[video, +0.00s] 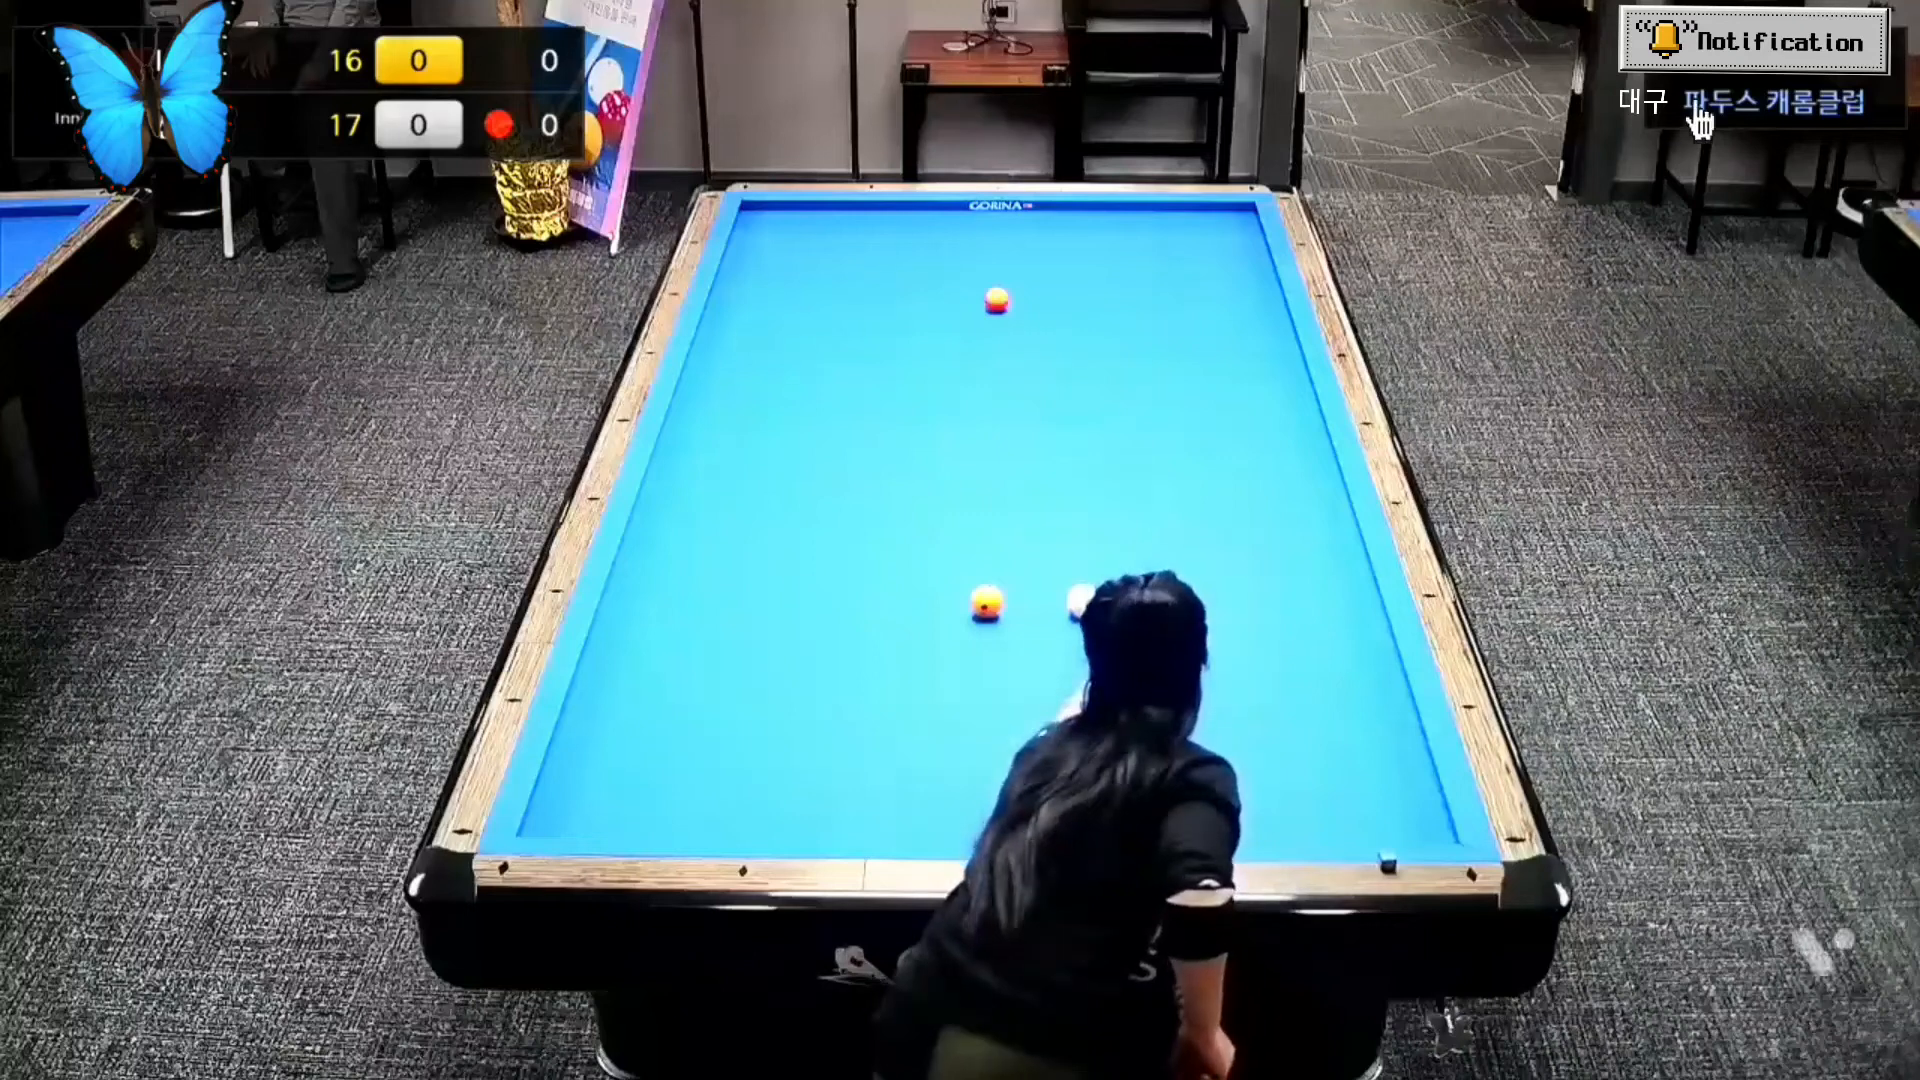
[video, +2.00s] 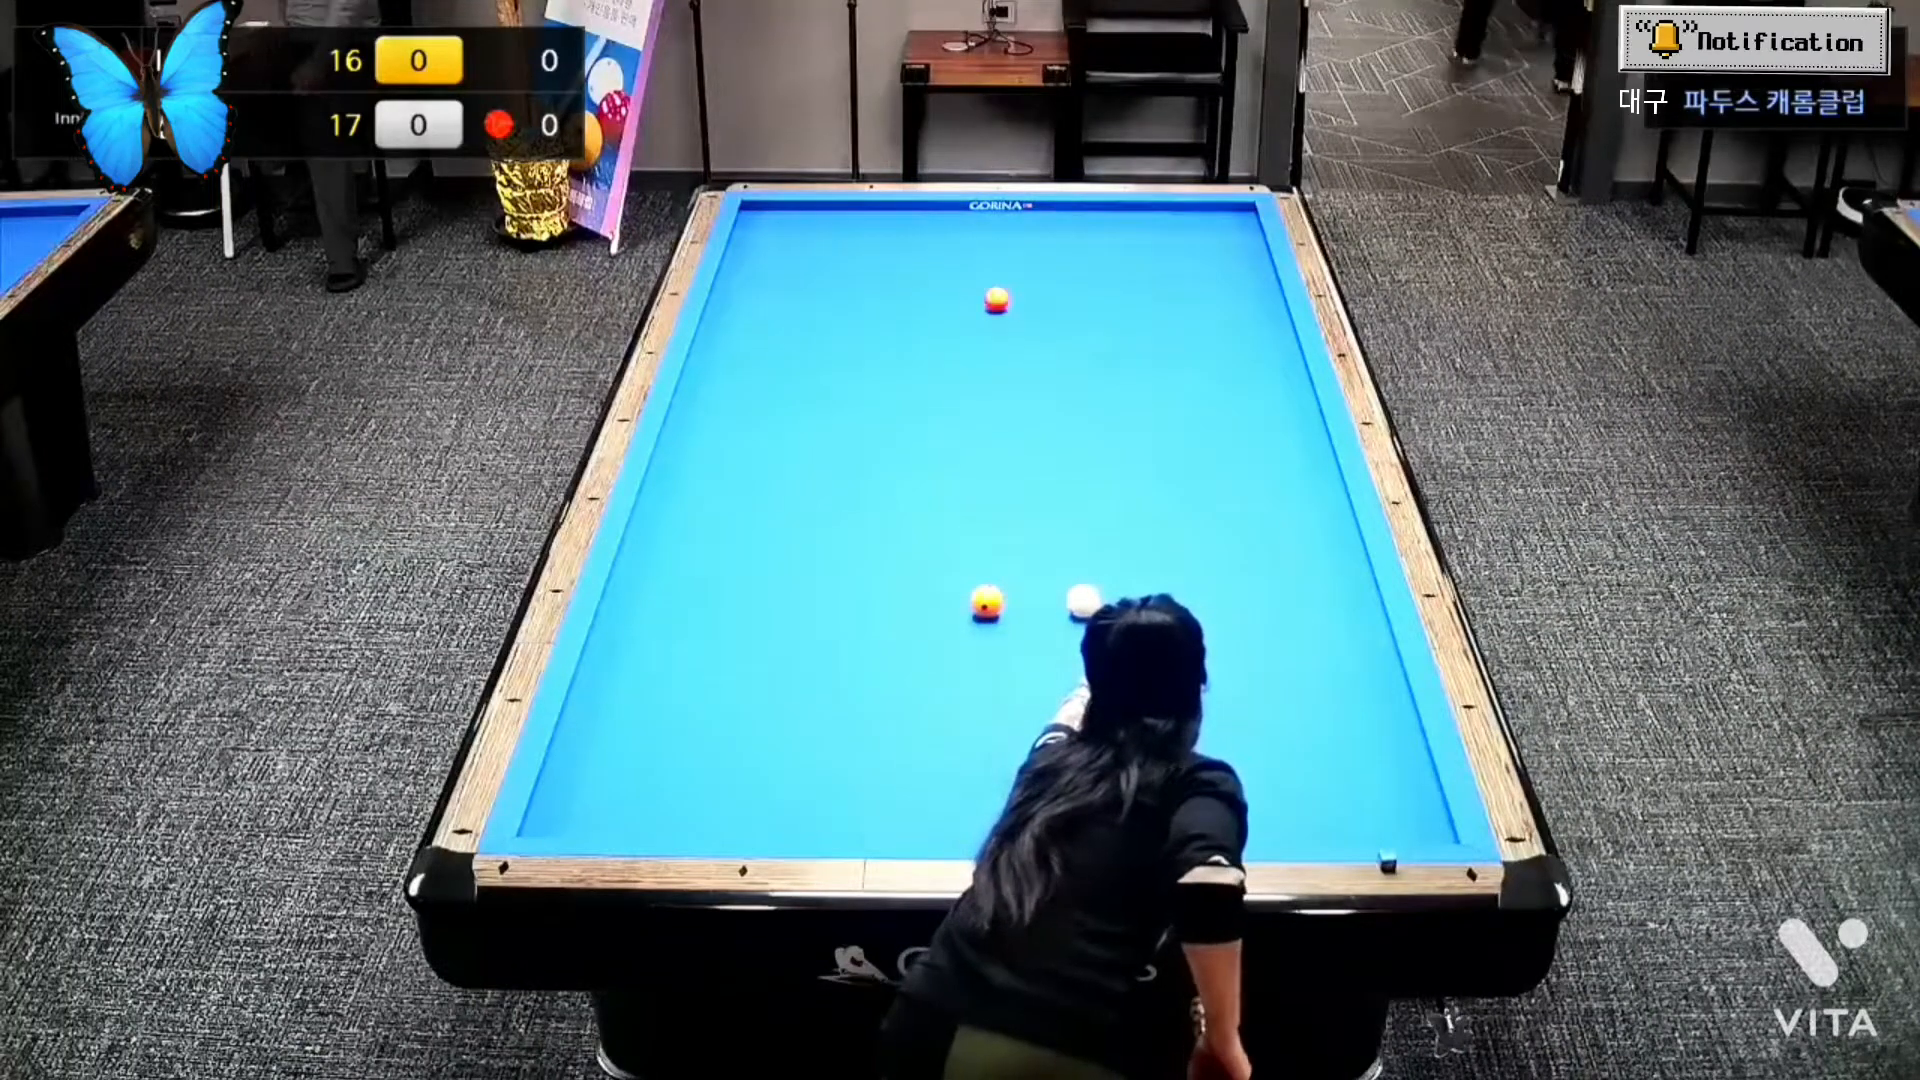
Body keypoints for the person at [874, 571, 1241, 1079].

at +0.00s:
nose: (1206, 666)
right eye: (1202, 656)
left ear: (1100, 664)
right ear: (1194, 666)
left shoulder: (1046, 748)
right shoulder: (1195, 773)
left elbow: (1078, 705)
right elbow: (1198, 903)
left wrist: (1101, 625)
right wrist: (1204, 1029)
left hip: (957, 1035)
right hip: (1077, 1051)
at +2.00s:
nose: (1207, 680)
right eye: (1202, 670)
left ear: (1099, 685)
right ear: (1193, 683)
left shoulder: (1052, 756)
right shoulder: (1203, 780)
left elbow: (1071, 717)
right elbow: (1206, 889)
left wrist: (1091, 683)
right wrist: (1222, 1036)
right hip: (1080, 1044)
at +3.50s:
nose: (1214, 677)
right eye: (1209, 667)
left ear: (1102, 682)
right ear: (1200, 679)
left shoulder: (1055, 755)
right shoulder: (1212, 776)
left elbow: (1079, 705)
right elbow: (1221, 894)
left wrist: (1097, 673)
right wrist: (1234, 1052)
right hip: (1091, 1038)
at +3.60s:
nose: (1216, 672)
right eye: (1210, 662)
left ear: (1105, 679)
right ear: (1201, 676)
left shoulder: (1056, 755)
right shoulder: (1214, 775)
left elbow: (1078, 707)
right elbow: (1224, 896)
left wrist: (1101, 671)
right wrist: (1236, 1050)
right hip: (1101, 1040)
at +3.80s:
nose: (1219, 665)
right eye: (1212, 653)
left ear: (1107, 671)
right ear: (1202, 669)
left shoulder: (1059, 747)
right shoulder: (1218, 769)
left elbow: (1083, 698)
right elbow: (1233, 884)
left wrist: (1105, 660)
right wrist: (1239, 1041)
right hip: (1114, 1038)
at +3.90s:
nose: (1221, 665)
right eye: (1214, 654)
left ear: (1108, 669)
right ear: (1204, 668)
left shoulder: (1058, 748)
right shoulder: (1219, 770)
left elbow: (1085, 697)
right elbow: (1239, 887)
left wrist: (1106, 661)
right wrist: (1235, 976)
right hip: (1112, 1034)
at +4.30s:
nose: (1216, 661)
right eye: (1210, 649)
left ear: (1108, 661)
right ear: (1200, 662)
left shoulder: (1054, 744)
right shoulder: (1219, 769)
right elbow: (1238, 882)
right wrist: (1228, 943)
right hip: (1106, 1034)